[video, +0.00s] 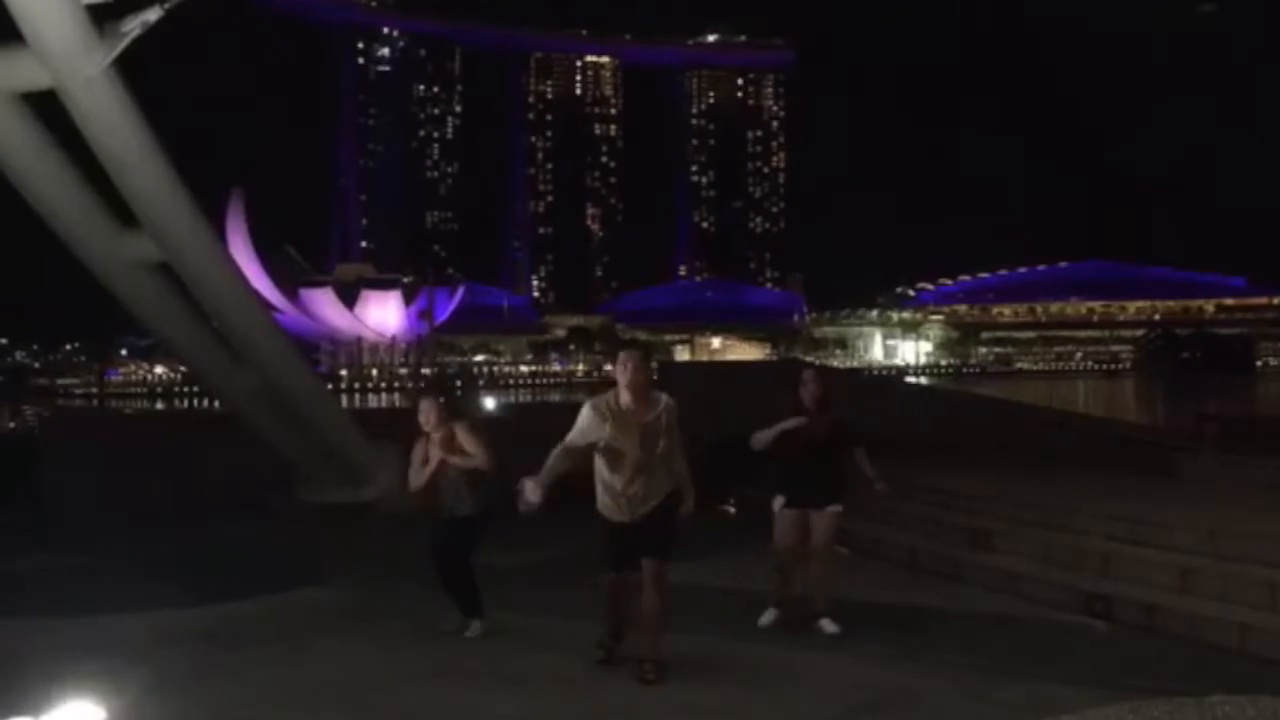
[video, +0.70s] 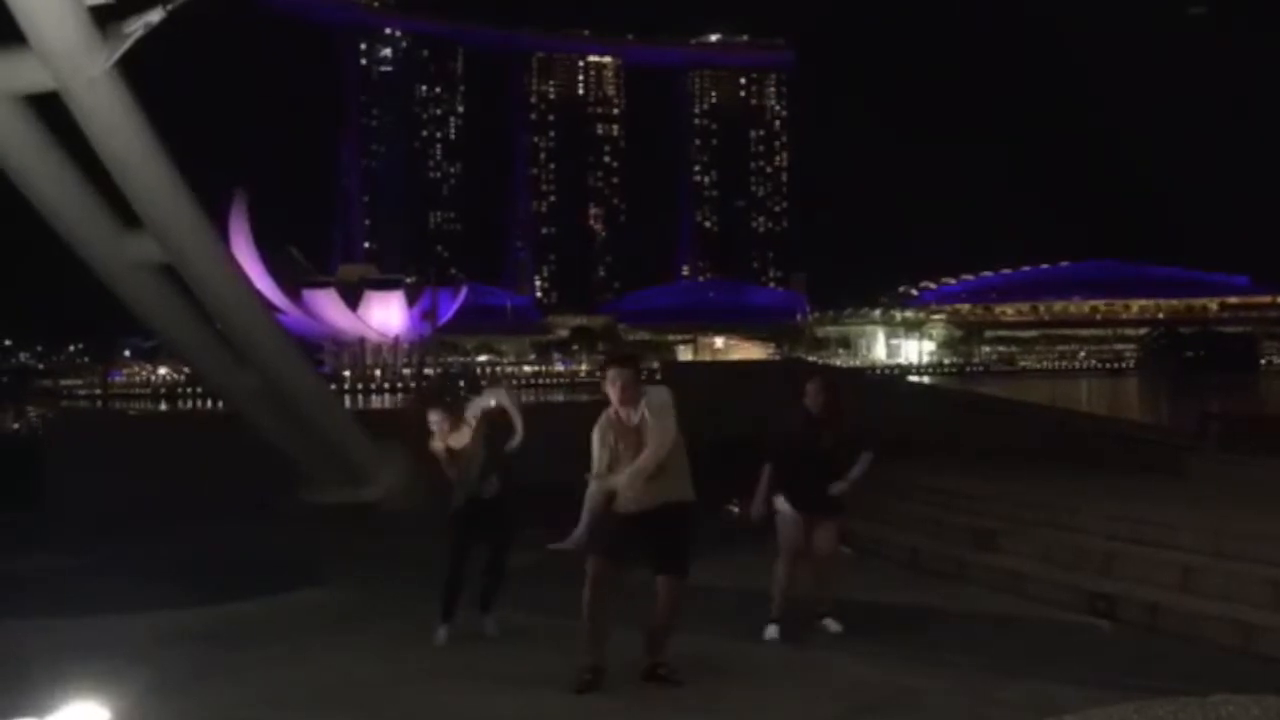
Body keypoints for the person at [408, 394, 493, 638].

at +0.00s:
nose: (424, 418)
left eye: (429, 411)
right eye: (421, 412)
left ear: (441, 412)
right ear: (418, 416)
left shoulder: (458, 431)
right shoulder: (423, 444)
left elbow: (483, 461)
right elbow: (414, 484)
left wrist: (446, 456)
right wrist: (433, 460)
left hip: (470, 508)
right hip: (443, 510)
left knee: (457, 560)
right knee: (444, 562)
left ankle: (475, 615)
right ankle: (466, 614)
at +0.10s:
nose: (425, 416)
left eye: (429, 409)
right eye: (420, 411)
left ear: (441, 407)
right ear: (417, 414)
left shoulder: (462, 423)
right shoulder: (422, 442)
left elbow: (495, 441)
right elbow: (421, 484)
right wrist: (452, 483)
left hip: (469, 503)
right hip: (441, 508)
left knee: (460, 557)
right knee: (443, 560)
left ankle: (468, 613)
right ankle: (464, 610)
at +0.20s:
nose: (422, 413)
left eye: (427, 406)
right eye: (419, 407)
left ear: (440, 405)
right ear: (417, 410)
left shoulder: (464, 415)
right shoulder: (427, 440)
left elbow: (499, 421)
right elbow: (427, 486)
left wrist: (510, 451)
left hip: (476, 499)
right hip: (448, 503)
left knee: (468, 555)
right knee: (446, 555)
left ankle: (460, 609)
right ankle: (456, 610)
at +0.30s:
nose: (422, 426)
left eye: (426, 419)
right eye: (418, 420)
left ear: (442, 415)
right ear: (418, 422)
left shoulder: (465, 418)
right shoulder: (432, 453)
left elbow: (499, 408)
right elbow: (419, 497)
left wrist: (528, 427)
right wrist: (401, 536)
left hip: (483, 499)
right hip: (451, 504)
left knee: (475, 561)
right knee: (439, 547)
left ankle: (458, 618)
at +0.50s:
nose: (424, 440)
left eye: (427, 432)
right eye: (420, 435)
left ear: (440, 427)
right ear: (419, 438)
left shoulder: (470, 432)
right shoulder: (436, 463)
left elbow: (480, 396)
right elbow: (428, 491)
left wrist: (519, 396)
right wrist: (422, 513)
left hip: (489, 506)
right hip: (457, 511)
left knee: (480, 565)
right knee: (444, 555)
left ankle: (458, 618)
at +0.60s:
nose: (428, 433)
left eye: (431, 426)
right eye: (424, 429)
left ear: (444, 421)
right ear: (423, 430)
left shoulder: (468, 422)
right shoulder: (437, 453)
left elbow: (487, 380)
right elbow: (442, 484)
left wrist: (518, 395)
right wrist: (445, 503)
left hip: (488, 499)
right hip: (461, 507)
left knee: (488, 559)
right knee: (458, 561)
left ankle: (462, 615)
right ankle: (447, 620)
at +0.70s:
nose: (436, 428)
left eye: (439, 421)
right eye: (431, 423)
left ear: (451, 417)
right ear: (430, 425)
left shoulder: (474, 417)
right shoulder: (442, 446)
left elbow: (499, 394)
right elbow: (455, 479)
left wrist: (518, 433)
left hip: (494, 499)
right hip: (465, 503)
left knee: (497, 557)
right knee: (456, 560)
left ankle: (487, 612)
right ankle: (446, 620)